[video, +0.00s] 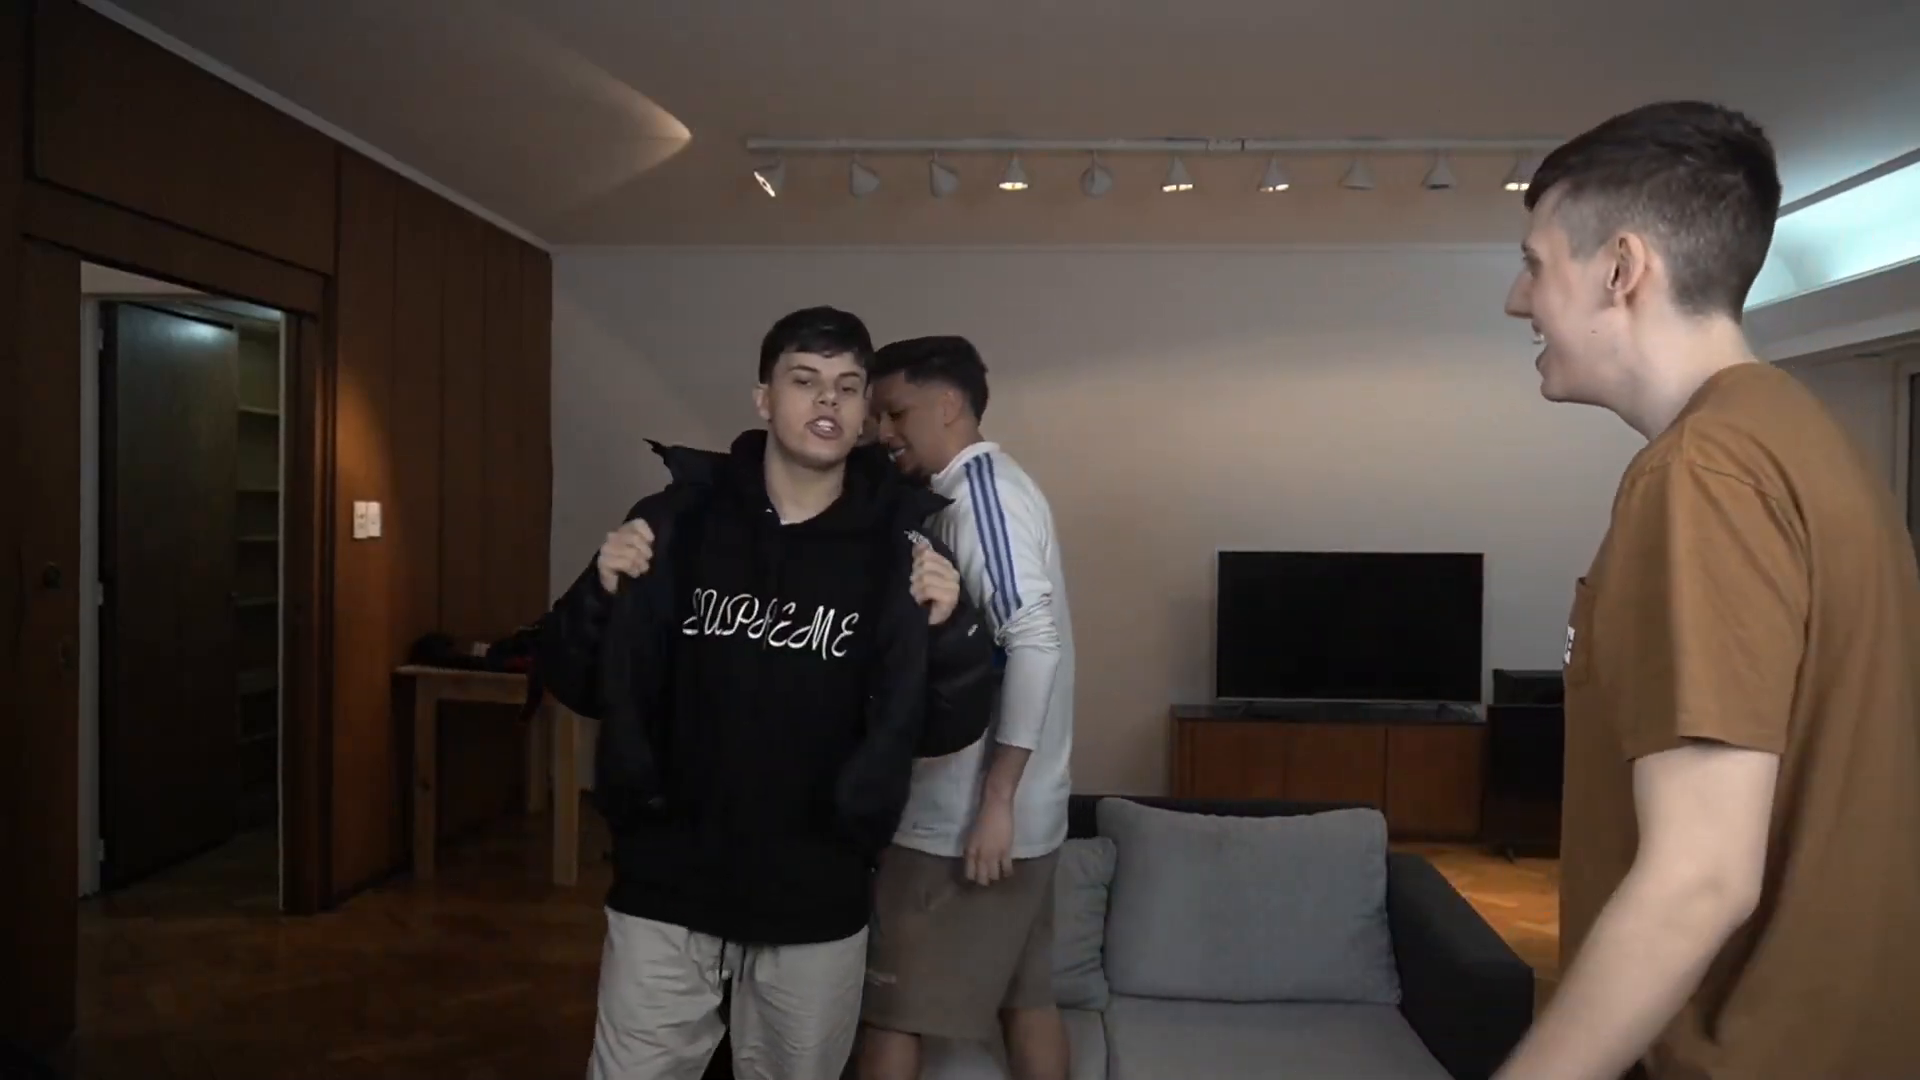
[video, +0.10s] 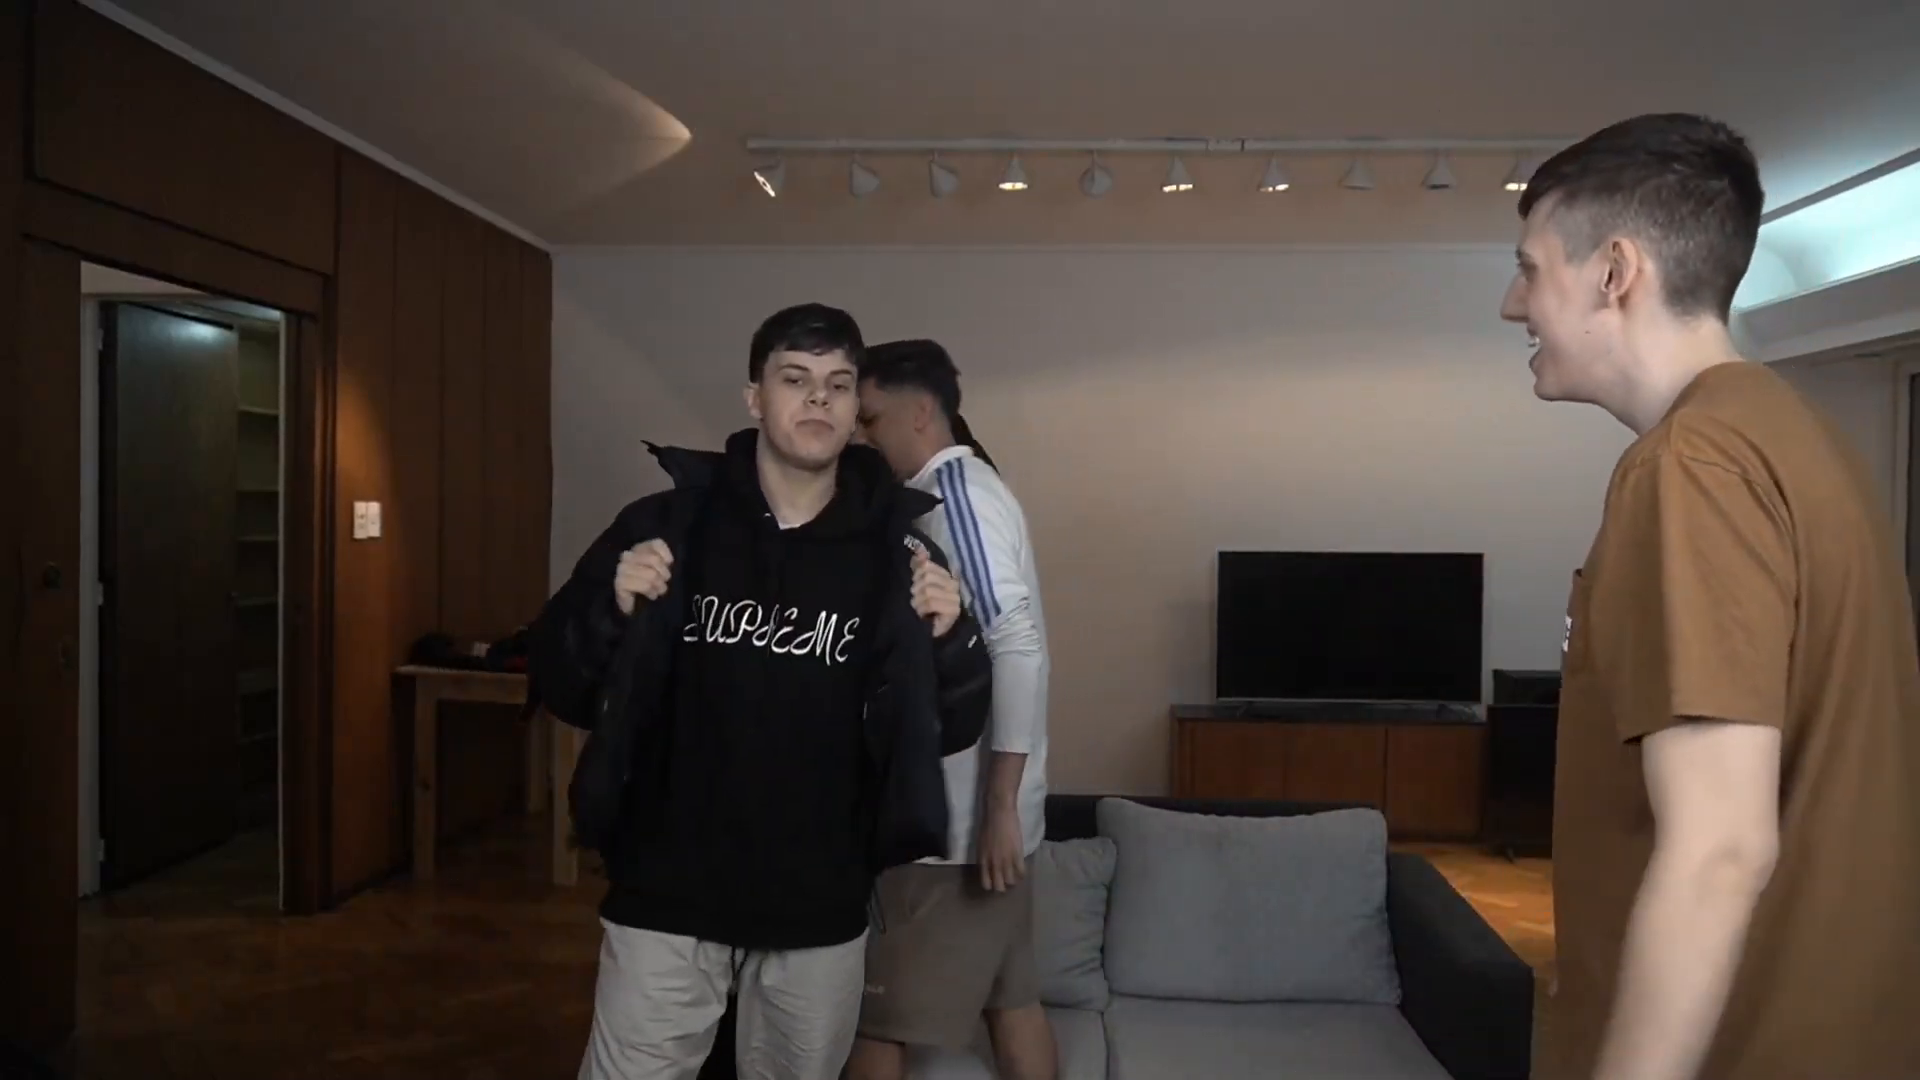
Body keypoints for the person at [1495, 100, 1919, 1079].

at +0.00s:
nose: (1519, 298)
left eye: (1536, 263)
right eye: (1526, 264)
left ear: (1625, 272)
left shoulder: (1703, 468)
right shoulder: (1818, 447)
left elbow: (1699, 876)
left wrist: (1530, 1069)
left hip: (1726, 1053)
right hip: (1846, 1041)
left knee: (1391, 888)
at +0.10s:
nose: (1514, 303)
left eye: (1532, 268)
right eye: (1520, 270)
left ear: (1619, 274)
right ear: (1618, 276)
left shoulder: (1692, 462)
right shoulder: (1798, 439)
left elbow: (1718, 849)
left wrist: (1628, 1063)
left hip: (1726, 1052)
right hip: (1836, 1041)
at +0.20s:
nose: (1500, 305)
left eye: (1517, 272)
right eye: (1505, 275)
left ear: (1597, 280)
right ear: (1605, 280)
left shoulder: (1688, 454)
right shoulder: (1760, 432)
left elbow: (1757, 830)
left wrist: (1704, 1062)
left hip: (1681, 1047)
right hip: (1786, 1039)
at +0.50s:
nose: (1440, 324)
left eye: (1451, 293)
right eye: (1443, 295)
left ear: (1514, 299)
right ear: (1610, 301)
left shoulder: (1589, 453)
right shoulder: (1694, 445)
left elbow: (1699, 788)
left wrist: (1676, 1065)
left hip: (1585, 1043)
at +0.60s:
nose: (1418, 321)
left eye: (1426, 292)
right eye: (1420, 293)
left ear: (1484, 298)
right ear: (1584, 298)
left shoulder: (1534, 456)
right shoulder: (1692, 452)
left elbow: (1606, 786)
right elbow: (1718, 763)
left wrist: (1551, 1062)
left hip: (1554, 1045)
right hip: (1714, 1040)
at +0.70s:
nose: (1392, 321)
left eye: (1397, 292)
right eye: (1392, 293)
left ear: (1450, 298)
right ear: (1553, 296)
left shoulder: (1484, 457)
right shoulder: (1674, 454)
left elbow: (1514, 781)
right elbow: (1728, 707)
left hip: (1551, 1035)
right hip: (1691, 1014)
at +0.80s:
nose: (1366, 332)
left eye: (1369, 302)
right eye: (1364, 304)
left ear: (1418, 304)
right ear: (1522, 300)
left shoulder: (1444, 458)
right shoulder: (1648, 455)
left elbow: (1438, 777)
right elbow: (1710, 703)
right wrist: (1611, 856)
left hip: (1502, 1018)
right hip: (1656, 996)